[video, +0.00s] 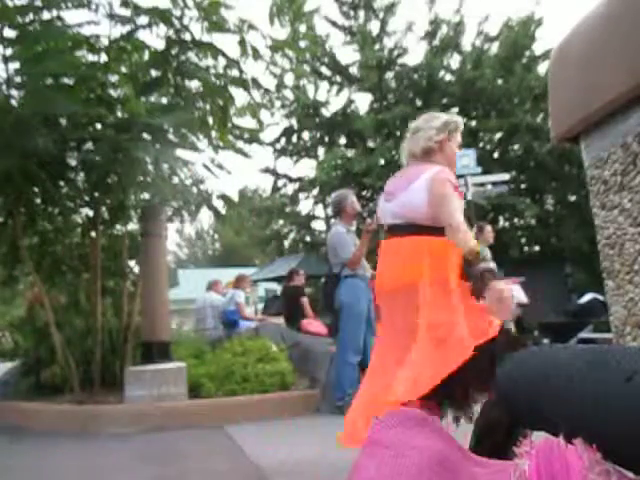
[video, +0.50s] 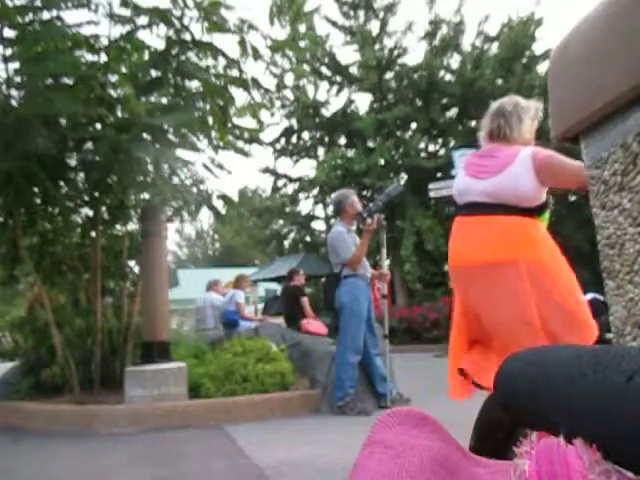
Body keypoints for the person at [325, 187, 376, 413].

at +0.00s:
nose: (359, 205)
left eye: (357, 201)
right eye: (354, 202)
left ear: (347, 207)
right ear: (345, 207)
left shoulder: (349, 232)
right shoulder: (338, 233)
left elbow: (360, 262)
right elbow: (353, 261)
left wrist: (373, 275)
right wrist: (366, 236)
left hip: (363, 282)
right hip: (351, 282)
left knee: (368, 340)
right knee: (351, 343)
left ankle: (368, 390)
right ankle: (346, 395)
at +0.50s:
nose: (361, 206)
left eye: (359, 201)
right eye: (356, 201)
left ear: (349, 207)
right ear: (346, 207)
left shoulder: (350, 233)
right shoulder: (337, 234)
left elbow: (358, 267)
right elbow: (353, 262)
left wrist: (375, 274)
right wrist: (367, 234)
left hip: (363, 284)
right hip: (351, 284)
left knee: (370, 344)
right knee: (351, 345)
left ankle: (386, 393)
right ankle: (344, 397)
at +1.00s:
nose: (361, 206)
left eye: (359, 201)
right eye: (357, 202)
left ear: (350, 207)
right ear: (347, 207)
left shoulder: (350, 233)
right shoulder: (337, 234)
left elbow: (358, 265)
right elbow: (353, 262)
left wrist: (374, 274)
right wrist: (367, 235)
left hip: (363, 285)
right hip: (351, 285)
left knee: (371, 344)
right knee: (350, 345)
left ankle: (386, 393)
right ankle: (344, 398)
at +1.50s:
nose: (361, 205)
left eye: (359, 201)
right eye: (356, 201)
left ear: (349, 207)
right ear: (347, 206)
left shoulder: (350, 233)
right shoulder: (337, 234)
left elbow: (357, 266)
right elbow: (352, 262)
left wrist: (374, 274)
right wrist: (366, 235)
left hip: (362, 284)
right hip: (350, 284)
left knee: (370, 344)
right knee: (350, 345)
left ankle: (386, 393)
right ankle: (344, 398)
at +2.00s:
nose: (360, 206)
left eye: (358, 201)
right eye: (356, 202)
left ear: (348, 207)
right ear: (347, 207)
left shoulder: (350, 233)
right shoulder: (337, 234)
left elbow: (357, 265)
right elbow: (352, 262)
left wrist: (374, 273)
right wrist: (366, 235)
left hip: (362, 284)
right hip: (350, 284)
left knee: (370, 344)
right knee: (350, 345)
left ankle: (386, 393)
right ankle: (344, 398)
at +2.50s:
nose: (360, 206)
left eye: (359, 202)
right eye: (355, 203)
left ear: (349, 208)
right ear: (345, 207)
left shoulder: (350, 233)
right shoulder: (337, 233)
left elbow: (358, 264)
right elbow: (352, 262)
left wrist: (374, 273)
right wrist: (365, 236)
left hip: (362, 284)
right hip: (350, 284)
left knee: (369, 343)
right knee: (350, 344)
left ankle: (386, 393)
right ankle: (344, 397)